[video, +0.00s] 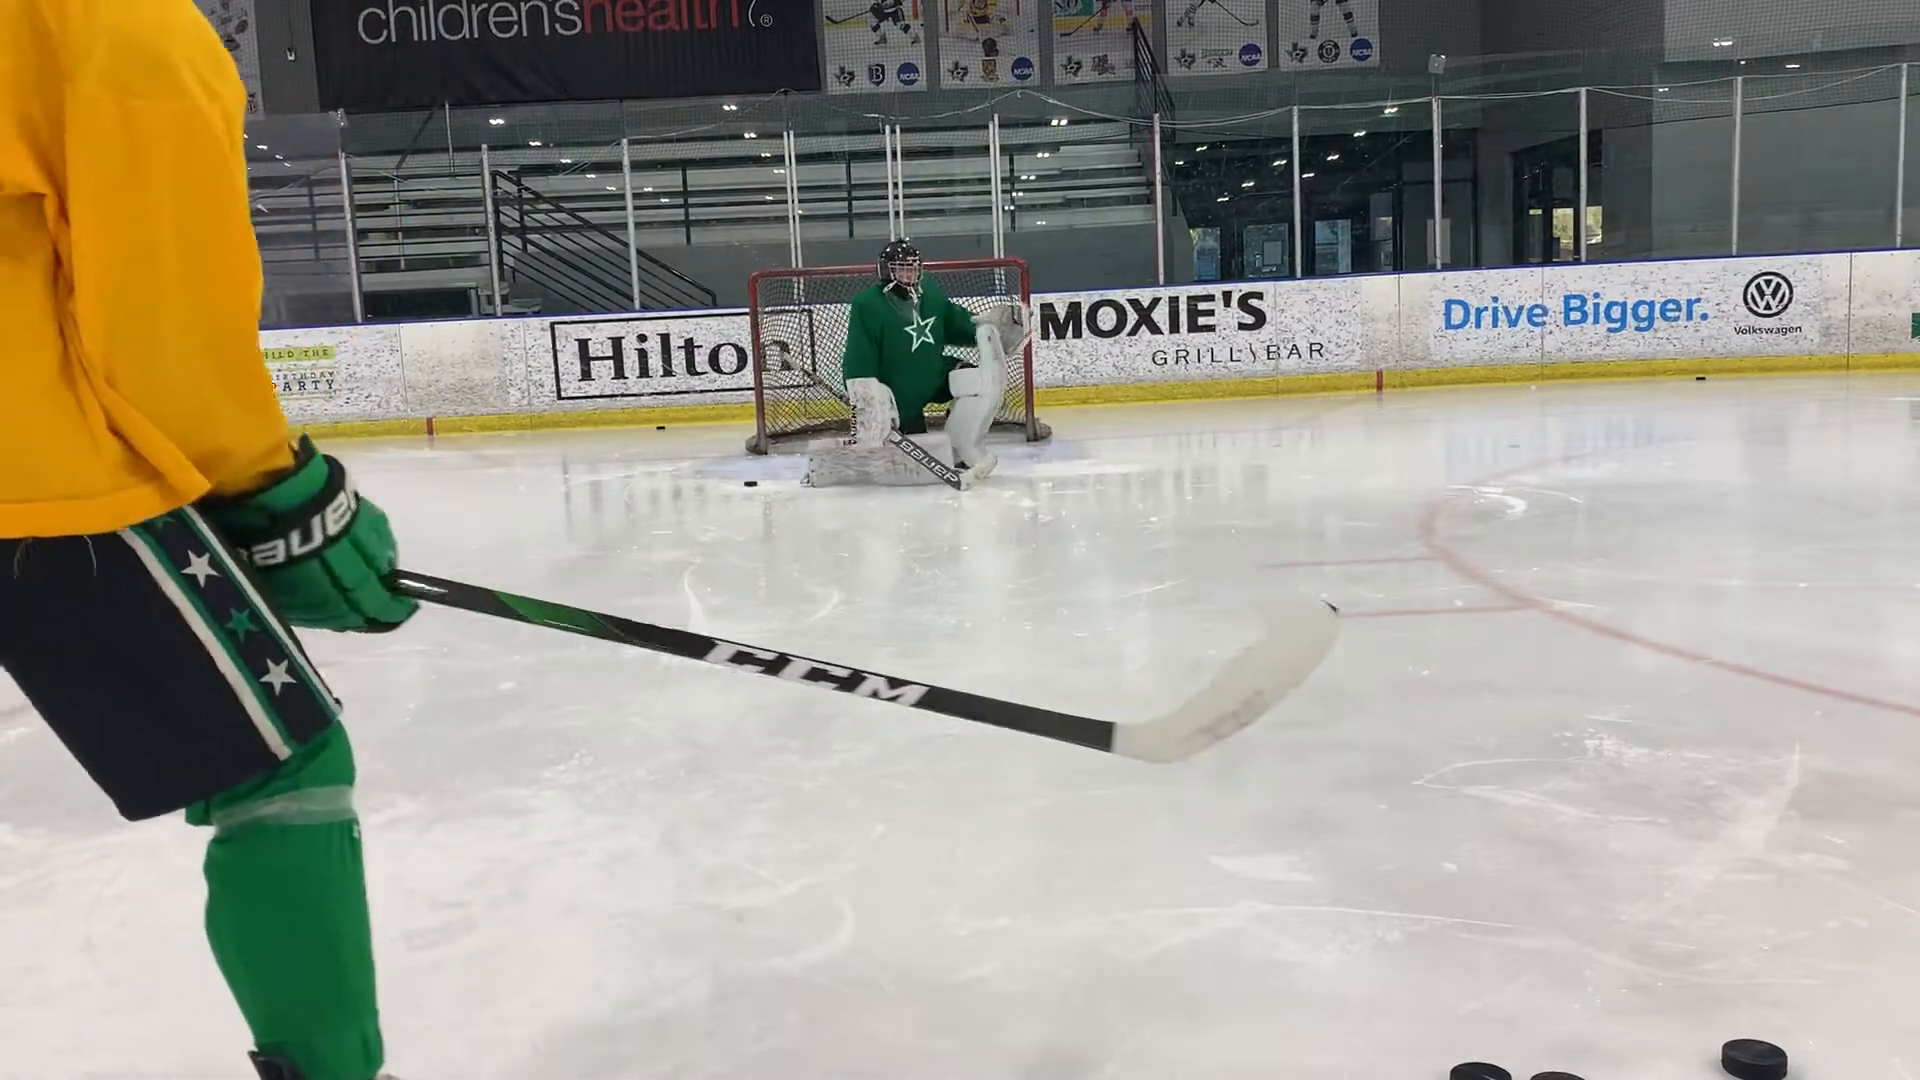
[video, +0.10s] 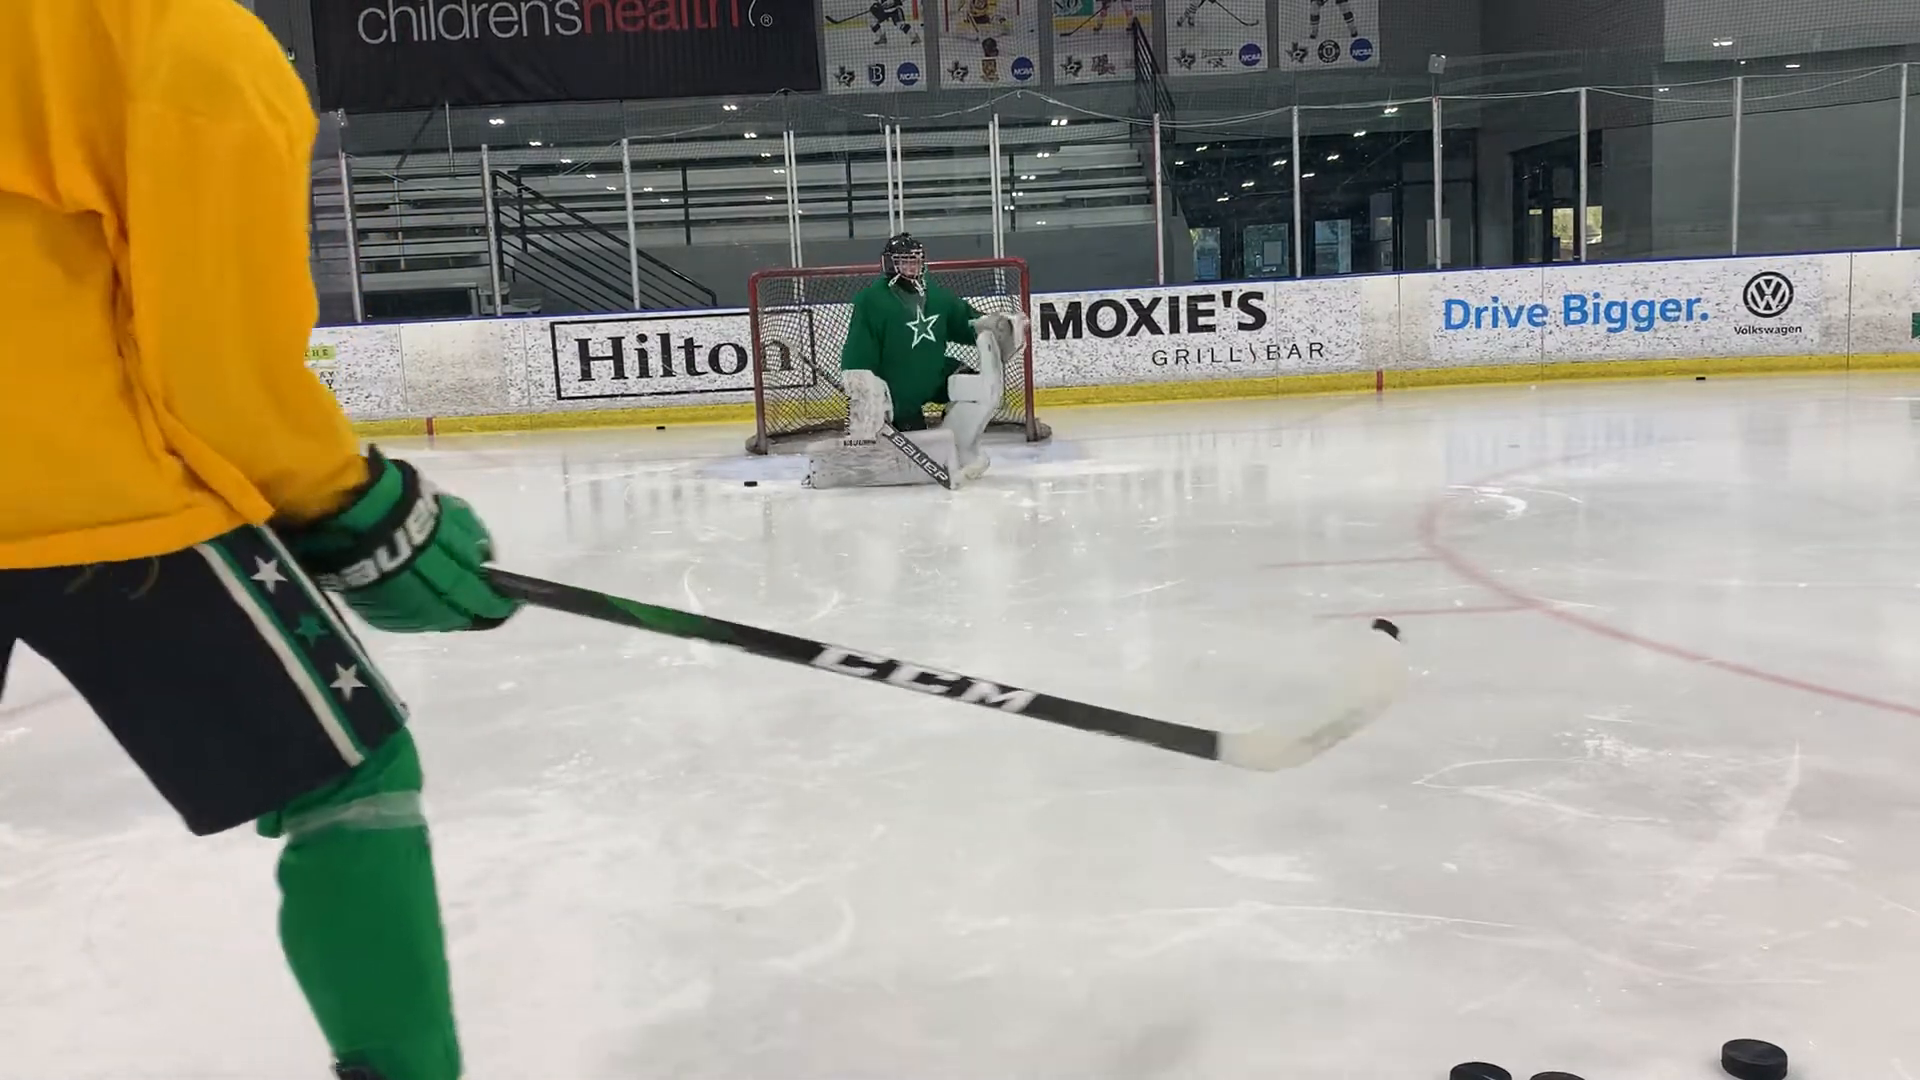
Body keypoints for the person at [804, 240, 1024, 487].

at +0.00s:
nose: (910, 274)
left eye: (914, 268)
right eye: (903, 268)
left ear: (920, 268)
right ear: (887, 270)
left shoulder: (929, 291)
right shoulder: (868, 304)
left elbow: (954, 322)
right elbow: (857, 362)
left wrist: (988, 329)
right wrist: (871, 406)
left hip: (931, 376)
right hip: (896, 392)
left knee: (979, 379)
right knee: (915, 462)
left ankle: (964, 449)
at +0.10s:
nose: (913, 267)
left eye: (917, 260)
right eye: (906, 261)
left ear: (923, 262)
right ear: (891, 263)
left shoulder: (938, 296)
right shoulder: (871, 300)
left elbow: (967, 324)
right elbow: (857, 357)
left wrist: (998, 329)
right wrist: (867, 400)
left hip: (933, 374)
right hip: (895, 386)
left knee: (974, 388)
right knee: (915, 448)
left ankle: (958, 450)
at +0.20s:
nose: (912, 254)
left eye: (917, 247)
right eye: (905, 248)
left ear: (924, 249)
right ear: (891, 251)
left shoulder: (936, 279)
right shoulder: (873, 284)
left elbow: (963, 314)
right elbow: (855, 340)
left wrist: (992, 327)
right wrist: (857, 387)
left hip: (933, 365)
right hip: (893, 374)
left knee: (971, 387)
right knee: (907, 435)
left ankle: (957, 453)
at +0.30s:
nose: (910, 233)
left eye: (914, 226)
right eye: (903, 227)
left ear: (921, 228)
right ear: (889, 230)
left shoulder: (934, 258)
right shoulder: (872, 266)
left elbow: (961, 299)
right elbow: (852, 320)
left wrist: (990, 325)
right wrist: (849, 368)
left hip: (937, 355)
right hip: (892, 363)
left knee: (973, 386)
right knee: (888, 426)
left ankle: (946, 453)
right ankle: (836, 468)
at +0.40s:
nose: (906, 212)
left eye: (911, 205)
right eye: (899, 206)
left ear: (919, 206)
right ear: (887, 208)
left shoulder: (938, 239)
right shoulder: (869, 243)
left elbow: (961, 285)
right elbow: (848, 298)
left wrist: (978, 322)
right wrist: (847, 348)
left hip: (937, 340)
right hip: (889, 341)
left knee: (957, 397)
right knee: (879, 404)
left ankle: (947, 455)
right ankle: (855, 462)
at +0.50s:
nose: (901, 199)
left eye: (906, 192)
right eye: (894, 193)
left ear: (916, 193)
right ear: (883, 195)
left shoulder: (935, 222)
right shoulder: (863, 228)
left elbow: (954, 270)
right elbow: (844, 278)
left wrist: (964, 300)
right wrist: (857, 324)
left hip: (935, 328)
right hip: (884, 331)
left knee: (948, 395)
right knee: (881, 390)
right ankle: (869, 462)